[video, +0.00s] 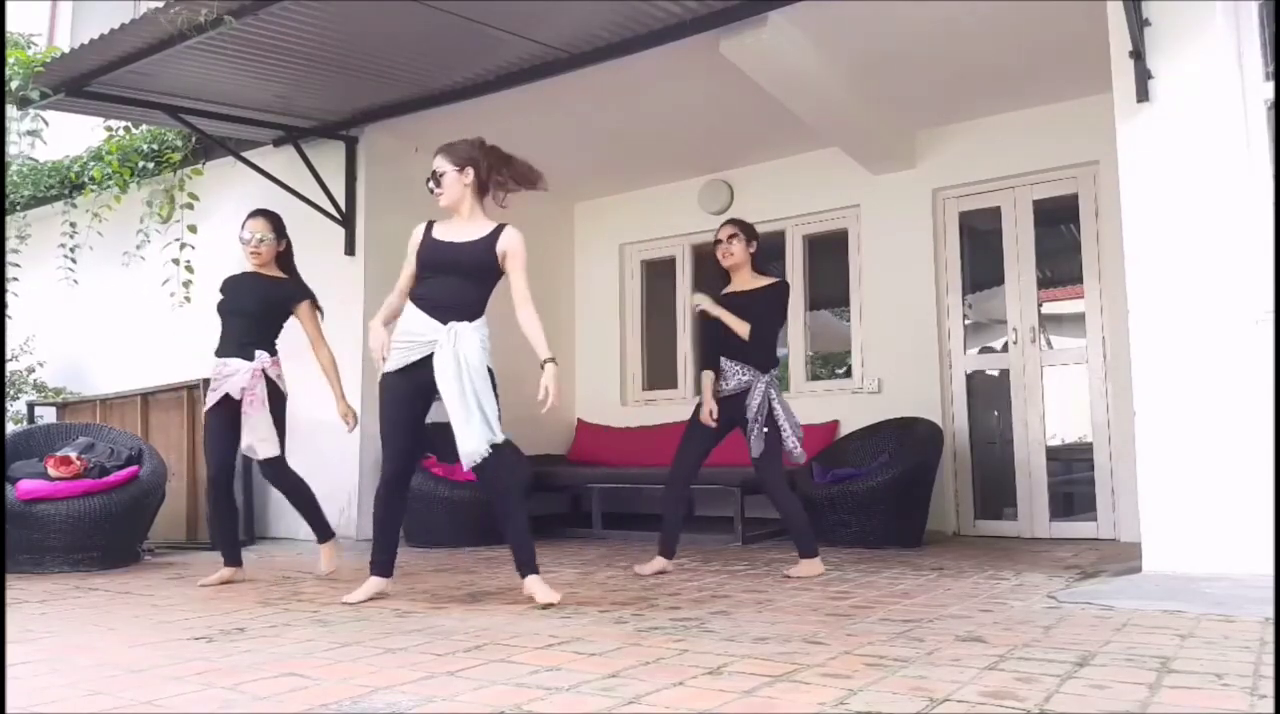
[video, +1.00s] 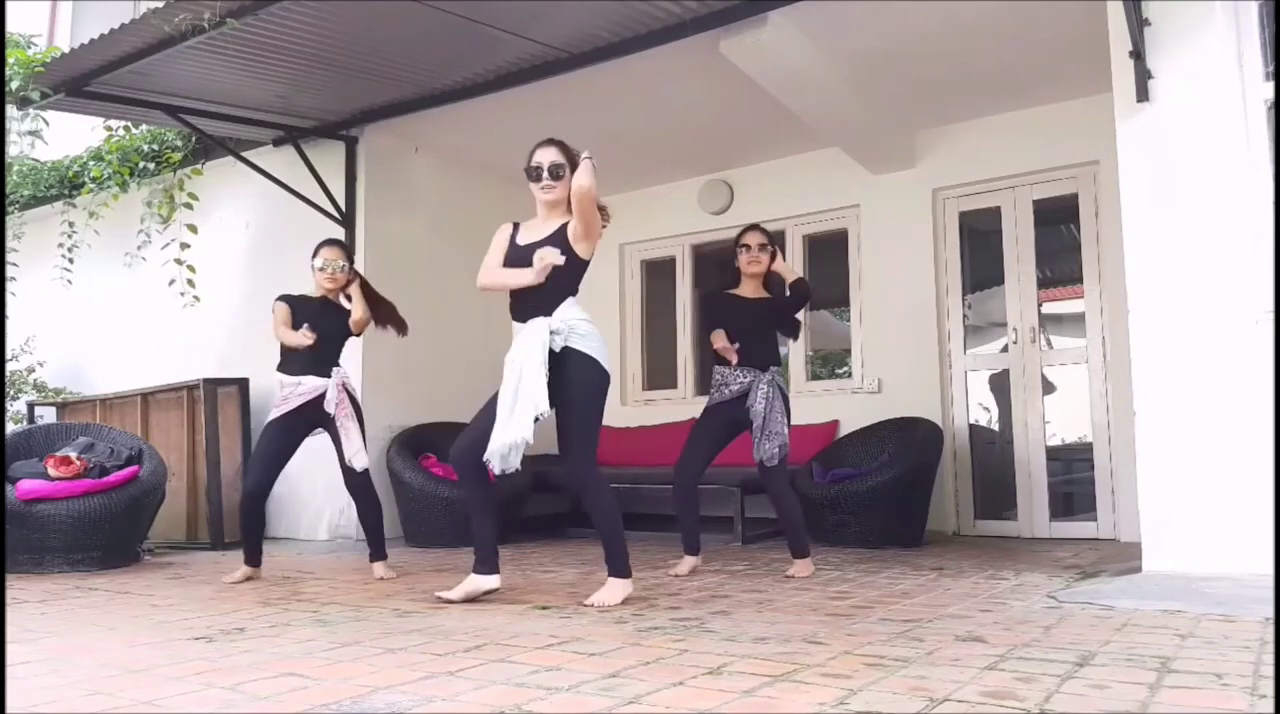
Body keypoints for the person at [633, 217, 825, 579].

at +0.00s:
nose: (723, 248)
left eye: (731, 240)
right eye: (719, 243)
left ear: (751, 246)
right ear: (717, 253)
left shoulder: (775, 288)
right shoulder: (720, 297)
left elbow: (761, 337)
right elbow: (710, 349)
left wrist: (718, 311)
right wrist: (707, 393)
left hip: (756, 391)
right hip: (720, 392)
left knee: (771, 478)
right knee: (681, 471)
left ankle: (810, 559)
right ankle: (665, 556)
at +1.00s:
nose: (753, 255)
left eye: (761, 249)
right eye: (746, 249)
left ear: (771, 258)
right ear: (736, 257)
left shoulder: (775, 302)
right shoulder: (717, 298)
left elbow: (802, 293)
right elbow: (713, 329)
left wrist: (784, 269)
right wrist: (720, 340)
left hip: (766, 391)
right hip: (727, 391)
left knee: (773, 474)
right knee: (685, 472)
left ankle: (802, 558)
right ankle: (691, 554)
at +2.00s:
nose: (725, 251)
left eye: (733, 245)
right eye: (718, 246)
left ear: (747, 252)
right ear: (712, 255)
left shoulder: (761, 296)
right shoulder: (699, 298)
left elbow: (799, 288)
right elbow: (681, 341)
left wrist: (763, 264)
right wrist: (667, 366)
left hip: (750, 391)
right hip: (706, 390)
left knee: (770, 474)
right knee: (686, 472)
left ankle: (792, 555)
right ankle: (670, 557)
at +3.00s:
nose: (702, 252)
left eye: (709, 246)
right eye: (694, 247)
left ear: (721, 250)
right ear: (687, 254)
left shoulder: (736, 293)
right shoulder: (676, 298)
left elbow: (769, 295)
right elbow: (654, 335)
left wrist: (740, 254)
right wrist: (636, 360)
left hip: (730, 389)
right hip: (687, 388)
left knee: (759, 473)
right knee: (669, 472)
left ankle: (768, 555)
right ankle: (645, 554)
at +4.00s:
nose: (727, 235)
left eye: (733, 229)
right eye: (718, 231)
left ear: (745, 236)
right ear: (710, 242)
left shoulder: (766, 289)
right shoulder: (700, 290)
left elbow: (767, 347)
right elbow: (690, 346)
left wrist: (781, 392)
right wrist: (676, 398)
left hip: (750, 389)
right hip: (702, 389)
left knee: (768, 472)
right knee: (688, 474)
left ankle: (785, 555)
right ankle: (678, 557)